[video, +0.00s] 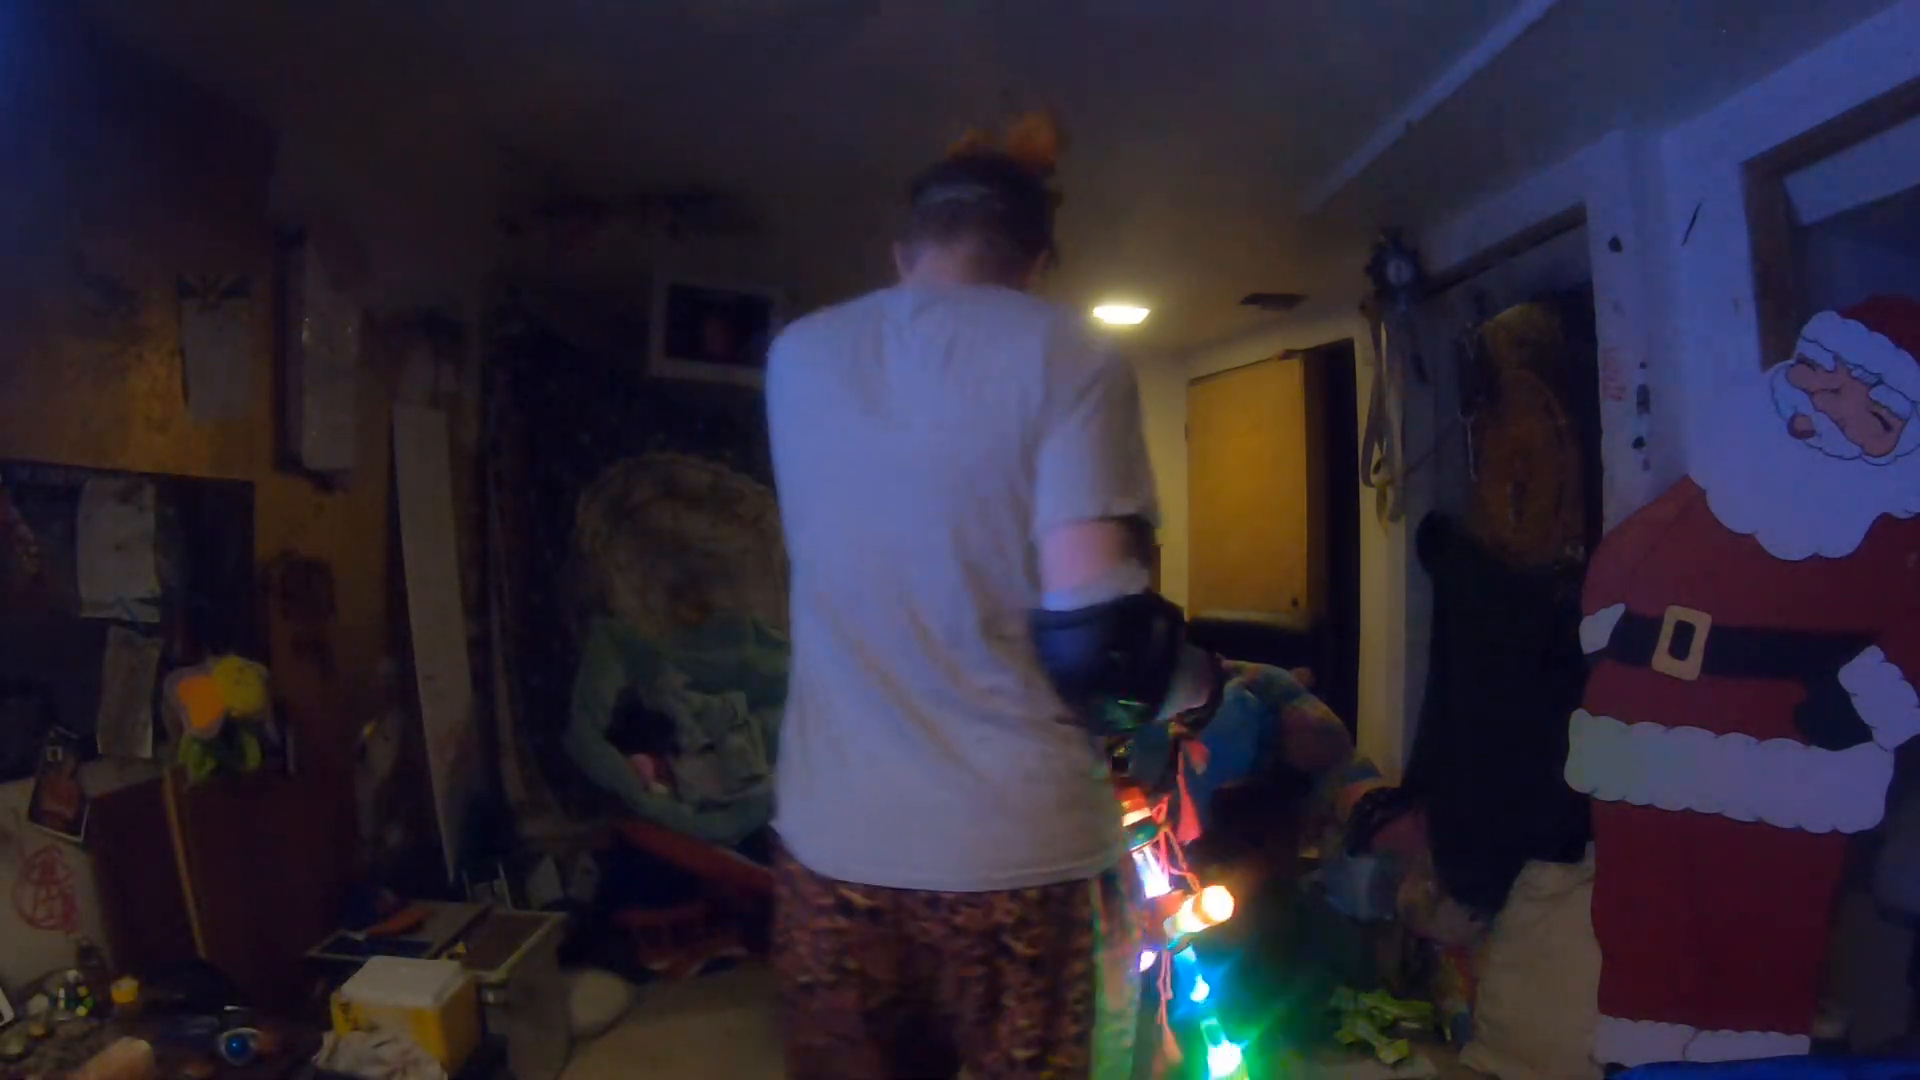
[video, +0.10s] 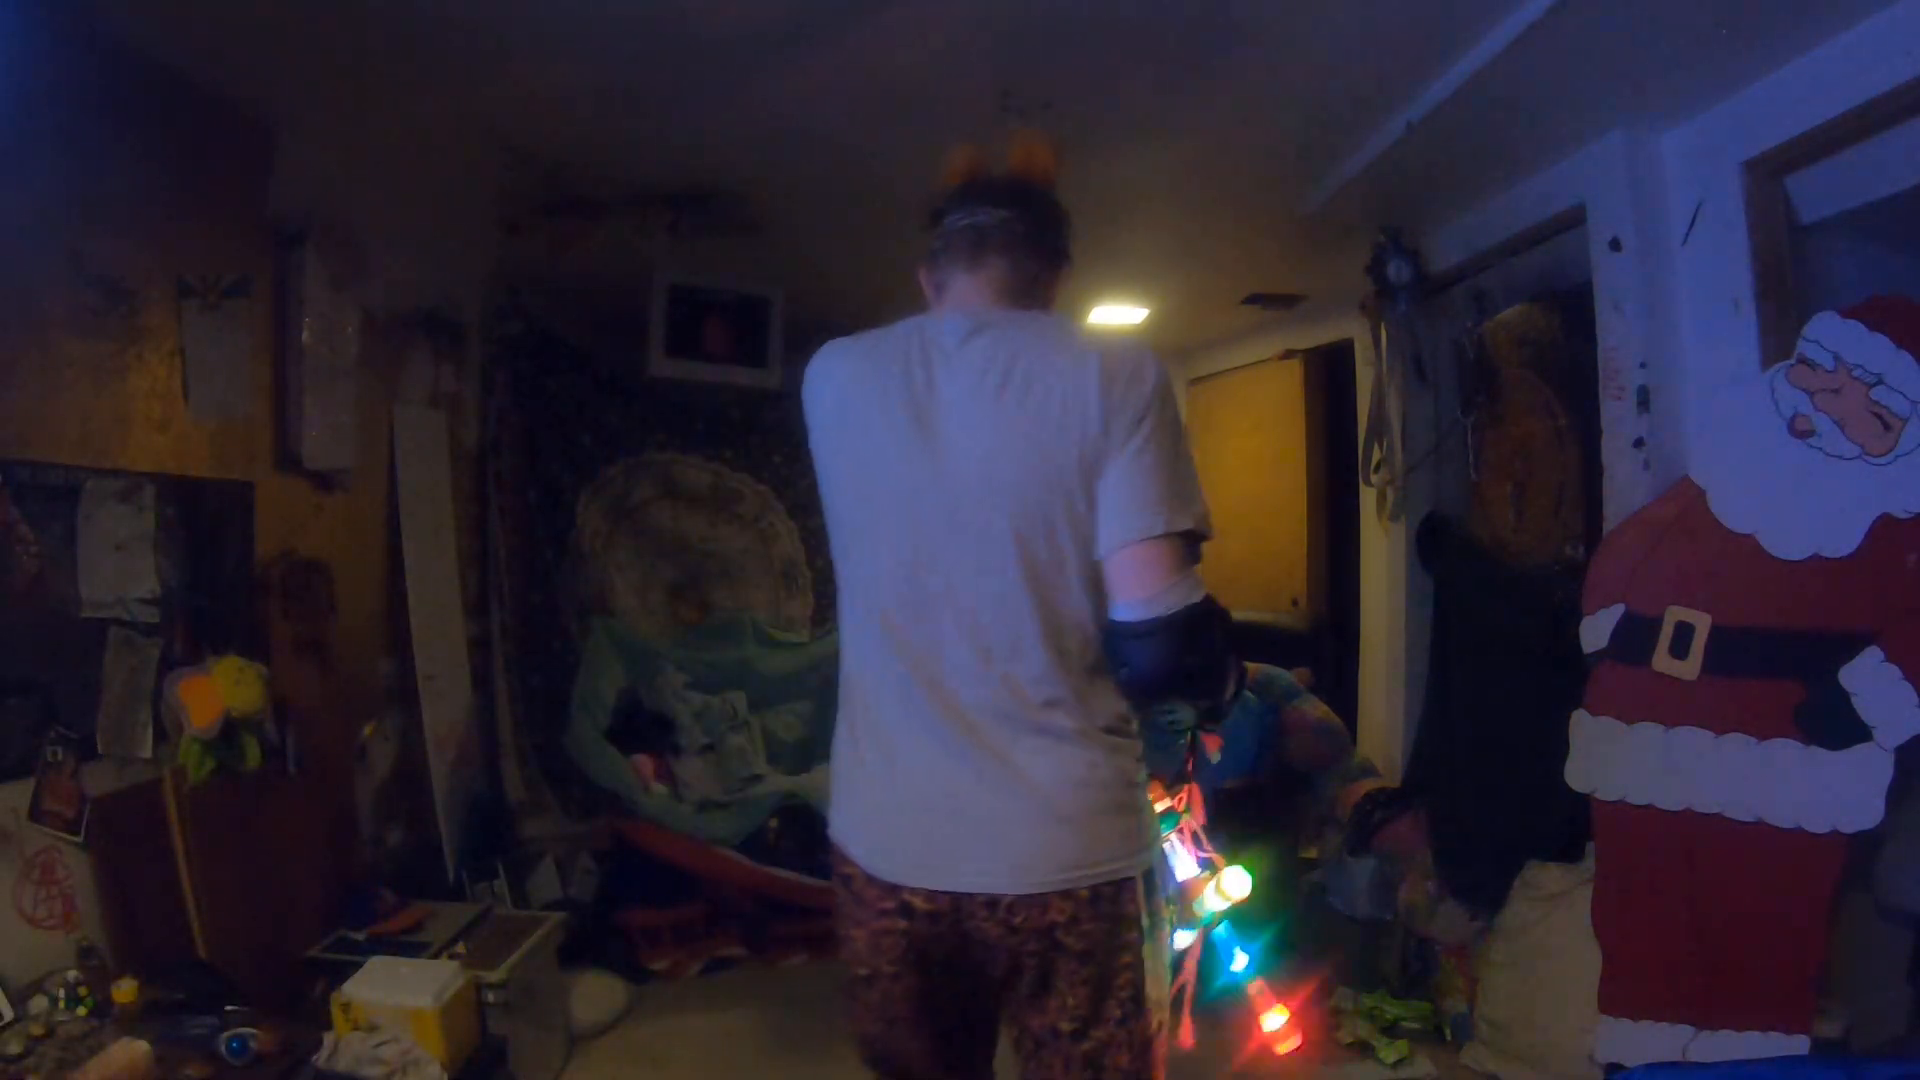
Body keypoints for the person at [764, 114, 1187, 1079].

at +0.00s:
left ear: (900, 252)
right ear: (1035, 264)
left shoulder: (795, 355)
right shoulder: (1061, 352)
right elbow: (1089, 638)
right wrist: (1179, 672)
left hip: (829, 856)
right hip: (1011, 867)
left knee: (843, 1067)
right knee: (1017, 1064)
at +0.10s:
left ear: (925, 279)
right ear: (1056, 279)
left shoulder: (833, 378)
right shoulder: (1115, 377)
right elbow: (1157, 647)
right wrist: (1212, 636)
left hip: (886, 864)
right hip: (1066, 873)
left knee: (911, 1069)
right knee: (1079, 1068)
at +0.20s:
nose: (938, 305)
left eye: (930, 292)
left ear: (937, 287)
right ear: (1065, 284)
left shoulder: (860, 378)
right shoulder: (1143, 372)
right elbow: (1194, 609)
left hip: (925, 832)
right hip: (1100, 842)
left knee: (950, 1060)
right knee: (1109, 1063)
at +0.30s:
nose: (935, 305)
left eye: (936, 288)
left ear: (946, 282)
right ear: (1063, 278)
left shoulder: (886, 372)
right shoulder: (1158, 364)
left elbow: (886, 475)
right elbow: (1222, 581)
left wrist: (938, 330)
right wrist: (1183, 637)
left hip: (950, 801)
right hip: (1120, 810)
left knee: (974, 1048)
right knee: (1114, 1052)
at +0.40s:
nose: (945, 312)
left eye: (948, 296)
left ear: (952, 294)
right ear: (1057, 283)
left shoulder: (905, 388)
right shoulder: (1159, 372)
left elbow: (888, 468)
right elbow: (1239, 573)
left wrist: (933, 349)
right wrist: (1224, 633)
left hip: (972, 791)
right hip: (1136, 794)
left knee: (985, 1050)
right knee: (1113, 1052)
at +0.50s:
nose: (943, 333)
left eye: (945, 318)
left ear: (951, 317)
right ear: (1052, 302)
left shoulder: (913, 414)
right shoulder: (1153, 386)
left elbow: (907, 491)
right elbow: (1239, 571)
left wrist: (936, 380)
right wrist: (1229, 623)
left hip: (989, 793)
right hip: (1143, 793)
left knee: (1009, 1039)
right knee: (1116, 1044)